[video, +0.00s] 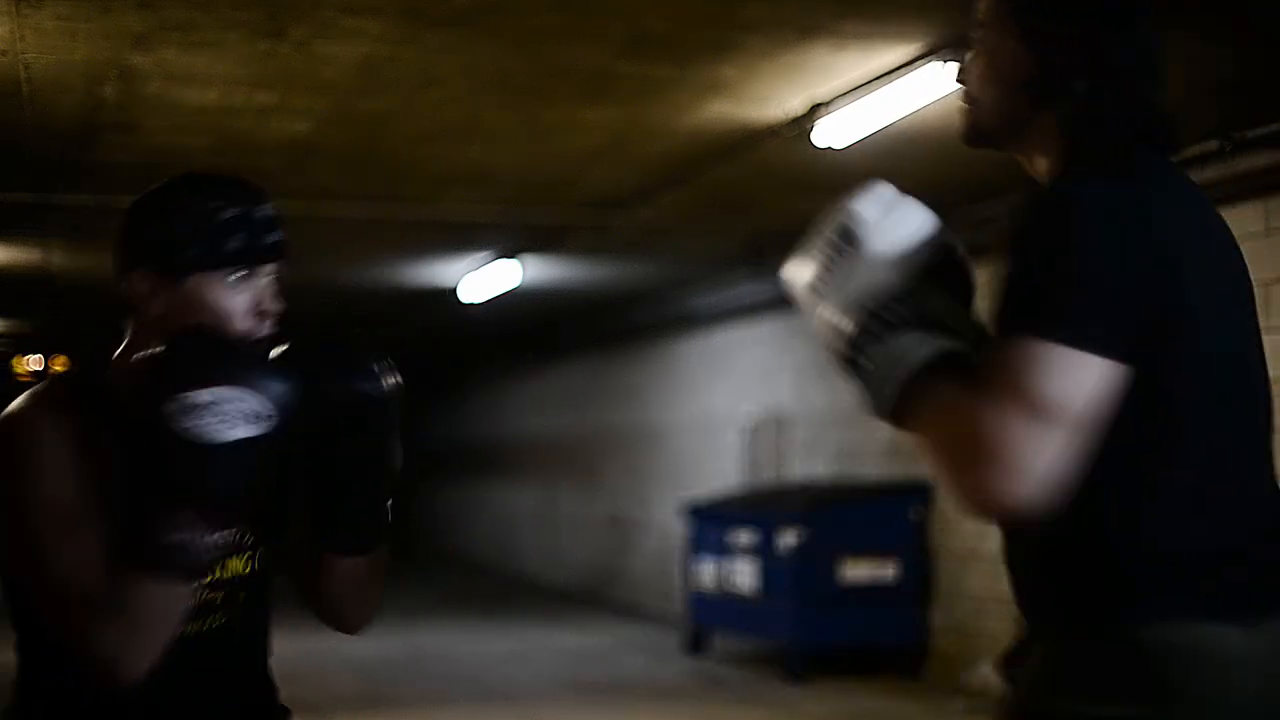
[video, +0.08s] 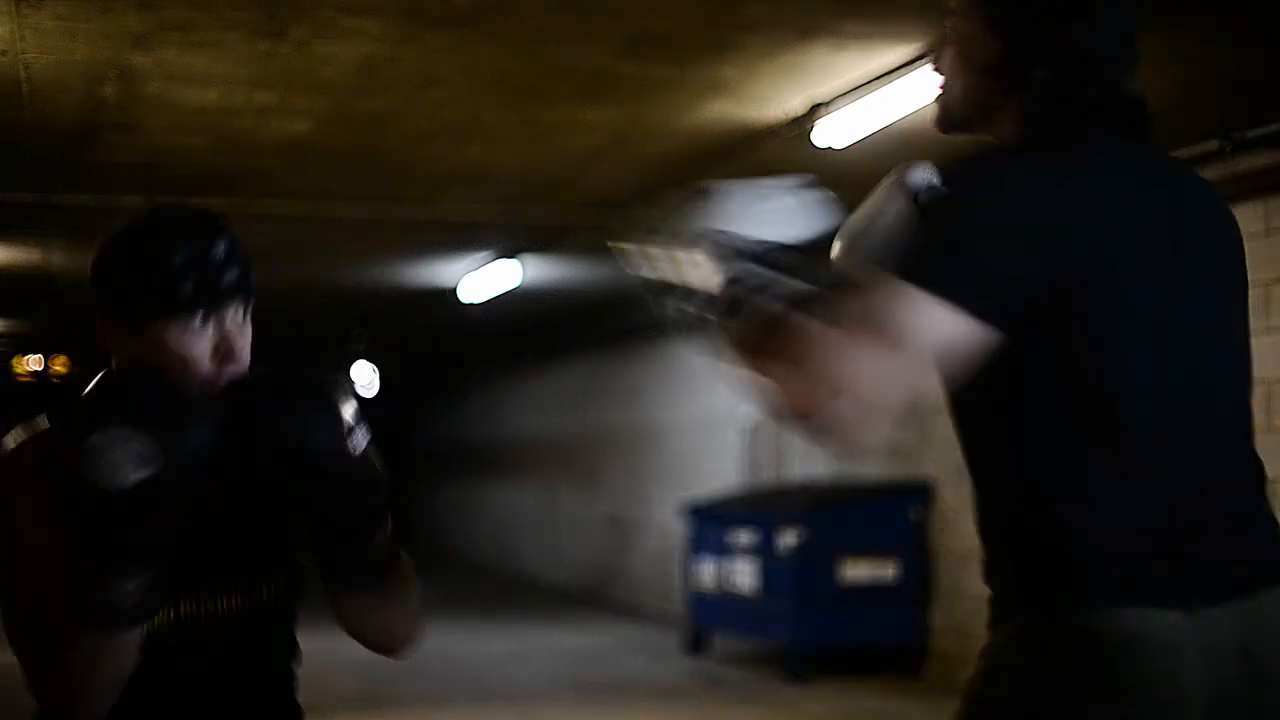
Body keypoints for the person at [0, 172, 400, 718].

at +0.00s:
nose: (271, 305)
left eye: (272, 276)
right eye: (240, 278)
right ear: (152, 289)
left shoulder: (259, 412)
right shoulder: (47, 426)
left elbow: (347, 611)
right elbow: (114, 654)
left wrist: (359, 449)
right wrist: (200, 483)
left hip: (239, 707)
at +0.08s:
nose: (234, 346)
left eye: (240, 314)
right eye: (200, 320)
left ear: (252, 312)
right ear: (130, 336)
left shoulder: (280, 430)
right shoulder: (56, 468)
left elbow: (394, 633)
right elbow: (76, 697)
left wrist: (344, 471)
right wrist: (123, 538)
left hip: (264, 713)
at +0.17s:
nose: (260, 345)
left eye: (265, 315)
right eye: (227, 326)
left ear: (280, 315)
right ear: (161, 347)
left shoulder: (313, 434)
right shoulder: (90, 472)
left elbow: (437, 626)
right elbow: (75, 696)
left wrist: (368, 498)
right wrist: (113, 527)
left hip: (277, 707)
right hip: (145, 717)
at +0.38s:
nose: (393, 271)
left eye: (386, 246)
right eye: (370, 243)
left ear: (286, 260)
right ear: (288, 256)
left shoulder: (268, 342)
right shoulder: (286, 333)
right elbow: (467, 358)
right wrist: (565, 257)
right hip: (196, 709)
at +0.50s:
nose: (376, 281)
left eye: (377, 259)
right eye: (354, 255)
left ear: (270, 262)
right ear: (268, 260)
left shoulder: (269, 379)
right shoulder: (219, 369)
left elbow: (308, 572)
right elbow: (268, 549)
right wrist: (439, 419)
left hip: (219, 708)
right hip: (156, 718)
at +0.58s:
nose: (343, 282)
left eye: (343, 258)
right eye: (317, 255)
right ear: (232, 264)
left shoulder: (277, 406)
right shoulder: (143, 400)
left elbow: (313, 597)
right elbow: (110, 610)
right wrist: (290, 519)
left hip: (223, 710)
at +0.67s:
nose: (299, 285)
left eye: (298, 262)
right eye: (269, 258)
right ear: (183, 271)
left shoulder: (253, 416)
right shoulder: (75, 421)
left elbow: (294, 616)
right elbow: (32, 638)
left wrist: (348, 507)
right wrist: (172, 566)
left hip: (203, 710)